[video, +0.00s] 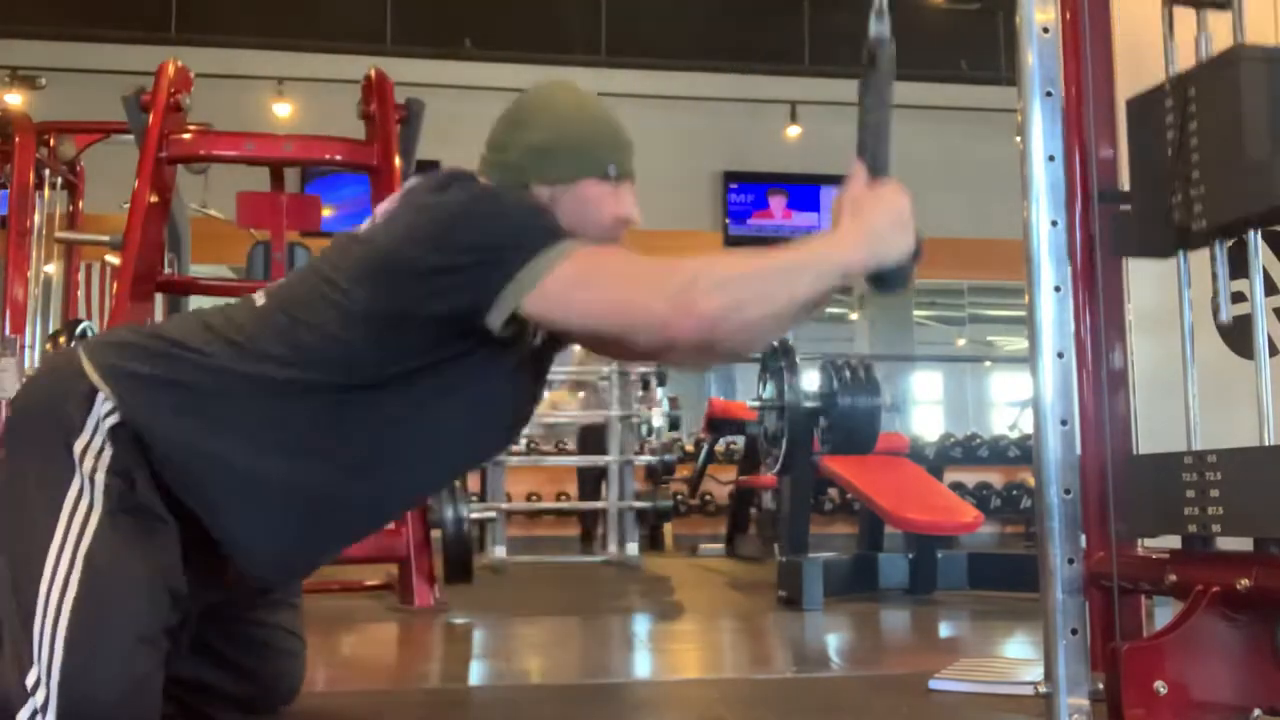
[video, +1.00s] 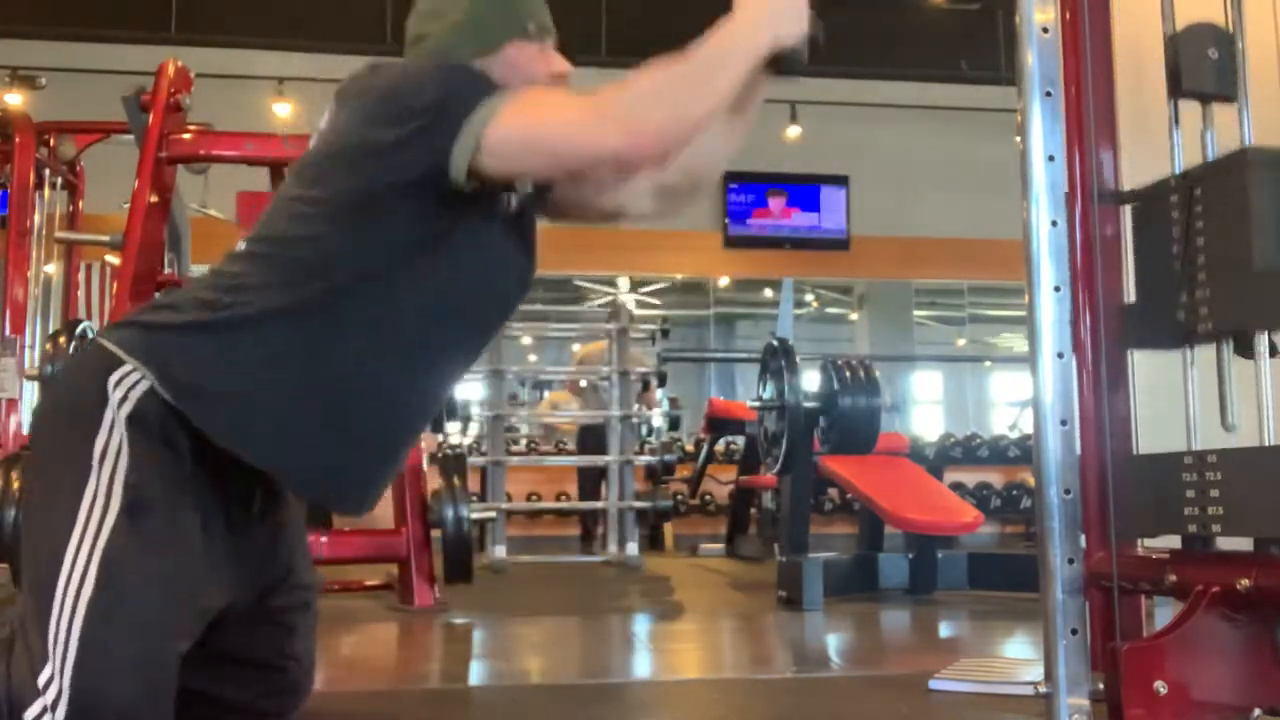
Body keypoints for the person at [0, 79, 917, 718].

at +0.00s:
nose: (632, 212)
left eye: (628, 185)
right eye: (616, 187)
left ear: (555, 192)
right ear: (556, 186)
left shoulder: (521, 273)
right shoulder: (466, 223)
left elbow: (674, 305)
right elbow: (688, 316)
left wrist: (830, 251)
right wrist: (846, 248)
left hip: (230, 506)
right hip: (114, 435)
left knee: (249, 688)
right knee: (77, 699)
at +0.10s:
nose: (622, 154)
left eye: (618, 133)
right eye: (606, 131)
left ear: (544, 137)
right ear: (550, 134)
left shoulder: (533, 254)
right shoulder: (461, 177)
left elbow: (689, 269)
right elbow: (694, 227)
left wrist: (828, 188)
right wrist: (848, 149)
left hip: (227, 500)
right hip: (127, 430)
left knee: (251, 683)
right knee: (78, 698)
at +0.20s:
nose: (608, 103)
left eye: (601, 87)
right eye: (594, 85)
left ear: (538, 99)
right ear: (551, 87)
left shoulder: (528, 214)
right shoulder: (458, 134)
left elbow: (695, 199)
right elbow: (679, 153)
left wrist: (828, 96)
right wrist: (839, 70)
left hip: (240, 486)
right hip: (139, 425)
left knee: (252, 686)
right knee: (80, 697)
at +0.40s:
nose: (619, 97)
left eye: (645, 86)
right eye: (616, 55)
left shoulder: (511, 150)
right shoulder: (422, 59)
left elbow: (633, 101)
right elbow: (644, 28)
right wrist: (752, 2)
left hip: (271, 450)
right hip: (162, 409)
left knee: (258, 690)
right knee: (84, 700)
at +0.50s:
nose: (560, 46)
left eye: (571, 35)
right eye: (563, 23)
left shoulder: (502, 106)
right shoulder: (405, 39)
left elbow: (644, 34)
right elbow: (598, 7)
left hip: (275, 435)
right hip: (173, 401)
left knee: (260, 690)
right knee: (88, 700)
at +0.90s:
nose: (559, 39)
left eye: (564, 28)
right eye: (554, 23)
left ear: (533, 43)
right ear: (508, 10)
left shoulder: (508, 139)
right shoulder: (408, 57)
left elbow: (647, 104)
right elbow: (609, 46)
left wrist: (747, 7)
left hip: (270, 456)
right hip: (160, 413)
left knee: (260, 694)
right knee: (85, 703)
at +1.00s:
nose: (561, 65)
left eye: (558, 49)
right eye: (543, 44)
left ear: (496, 58)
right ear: (480, 47)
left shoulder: (499, 175)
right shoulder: (412, 97)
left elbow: (652, 181)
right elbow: (622, 134)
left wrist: (751, 71)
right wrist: (751, 26)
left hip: (257, 485)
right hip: (144, 423)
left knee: (256, 694)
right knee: (79, 701)